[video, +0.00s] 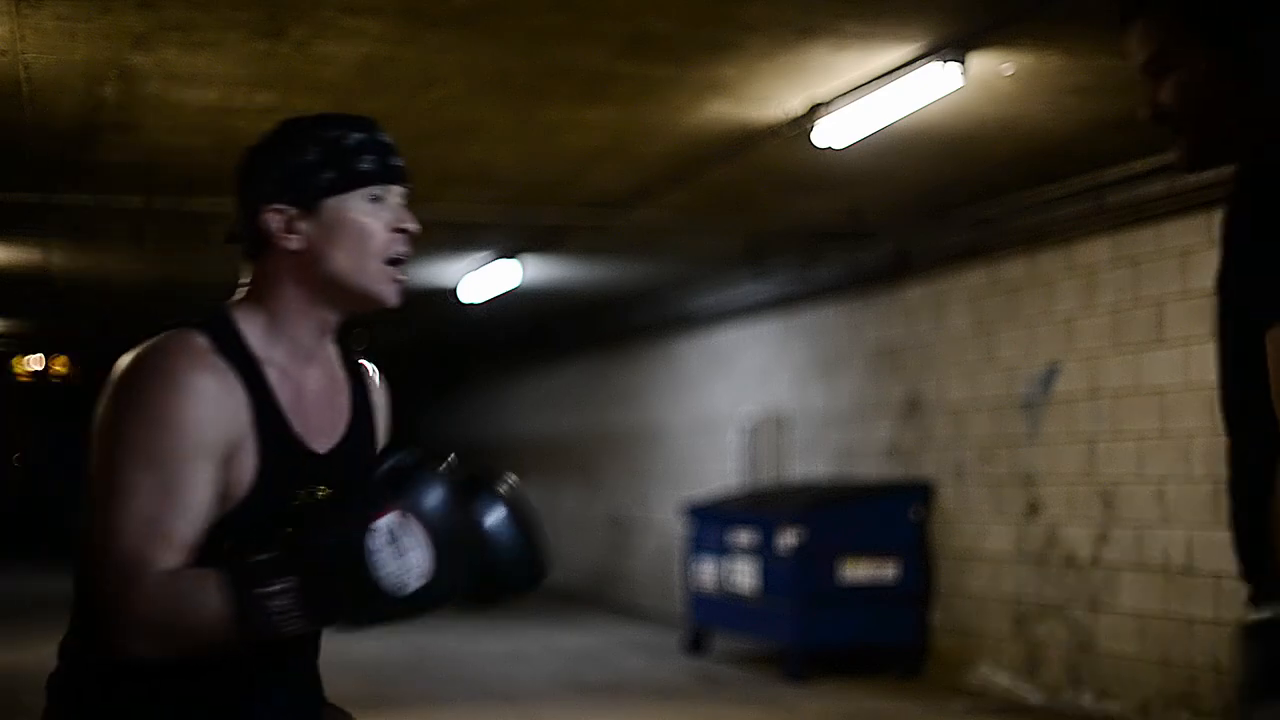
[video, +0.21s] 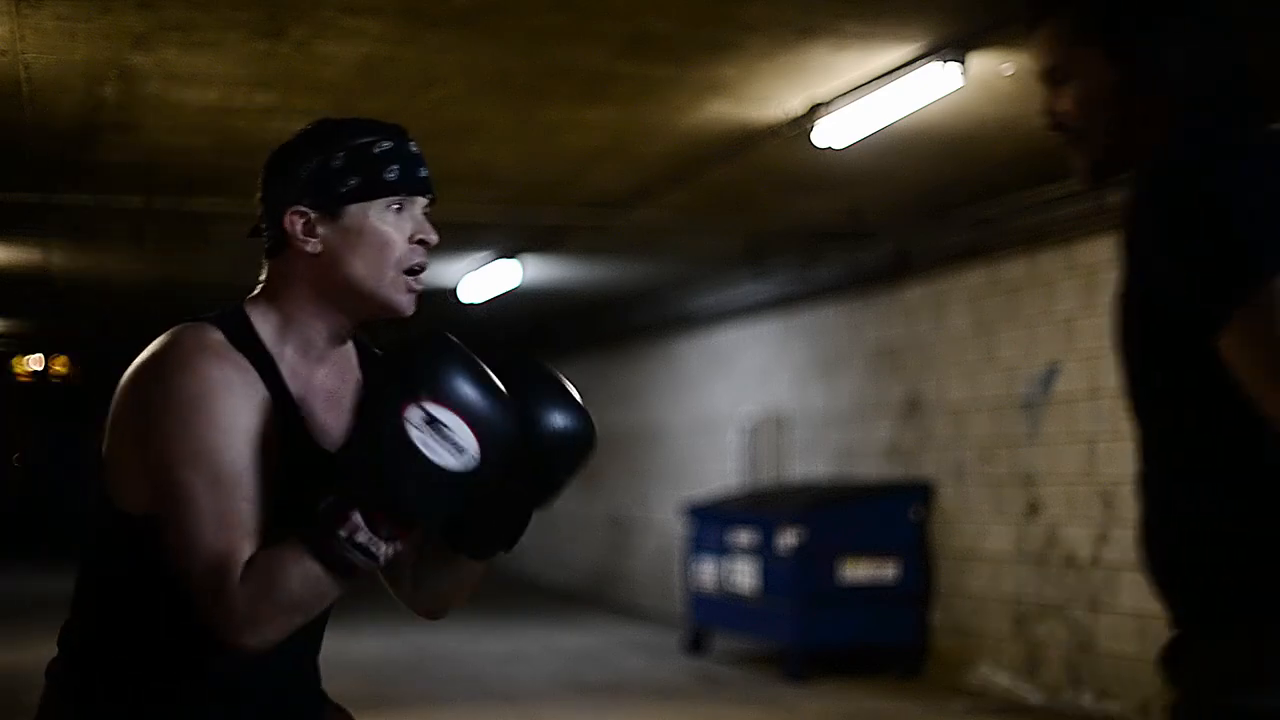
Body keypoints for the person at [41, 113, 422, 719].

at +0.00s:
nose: (409, 225)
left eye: (403, 205)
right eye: (378, 202)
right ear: (288, 227)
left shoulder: (366, 390)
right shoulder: (180, 382)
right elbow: (128, 609)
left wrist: (434, 542)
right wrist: (316, 580)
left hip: (282, 695)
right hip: (147, 703)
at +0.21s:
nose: (428, 235)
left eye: (423, 212)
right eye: (398, 208)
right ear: (306, 228)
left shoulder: (370, 379)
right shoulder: (195, 374)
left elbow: (428, 593)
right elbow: (239, 614)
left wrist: (503, 489)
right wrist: (377, 510)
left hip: (281, 697)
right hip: (143, 699)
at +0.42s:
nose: (364, 233)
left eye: (360, 212)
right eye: (334, 207)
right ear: (243, 231)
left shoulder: (304, 376)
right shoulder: (134, 376)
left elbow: (358, 597)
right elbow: (146, 616)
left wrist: (423, 496)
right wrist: (293, 524)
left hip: (239, 703)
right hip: (98, 714)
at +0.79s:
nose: (297, 216)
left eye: (296, 196)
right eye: (264, 194)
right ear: (178, 222)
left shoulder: (265, 357)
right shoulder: (80, 362)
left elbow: (332, 583)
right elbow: (108, 599)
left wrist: (377, 466)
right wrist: (228, 477)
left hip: (229, 699)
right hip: (95, 713)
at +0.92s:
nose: (347, 222)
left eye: (349, 203)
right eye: (313, 198)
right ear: (228, 228)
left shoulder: (314, 372)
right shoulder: (133, 362)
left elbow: (389, 595)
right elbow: (165, 597)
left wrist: (420, 441)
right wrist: (273, 466)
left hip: (257, 699)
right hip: (119, 706)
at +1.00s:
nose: (390, 228)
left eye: (388, 208)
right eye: (358, 204)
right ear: (270, 227)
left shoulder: (324, 368)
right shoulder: (167, 362)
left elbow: (409, 594)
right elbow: (220, 595)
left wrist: (452, 451)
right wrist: (325, 465)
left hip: (269, 695)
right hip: (136, 701)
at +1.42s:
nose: (337, 289)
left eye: (332, 263)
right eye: (310, 262)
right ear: (219, 275)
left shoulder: (243, 401)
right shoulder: (115, 404)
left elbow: (320, 613)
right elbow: (206, 630)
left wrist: (378, 463)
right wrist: (291, 475)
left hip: (200, 706)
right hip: (96, 712)